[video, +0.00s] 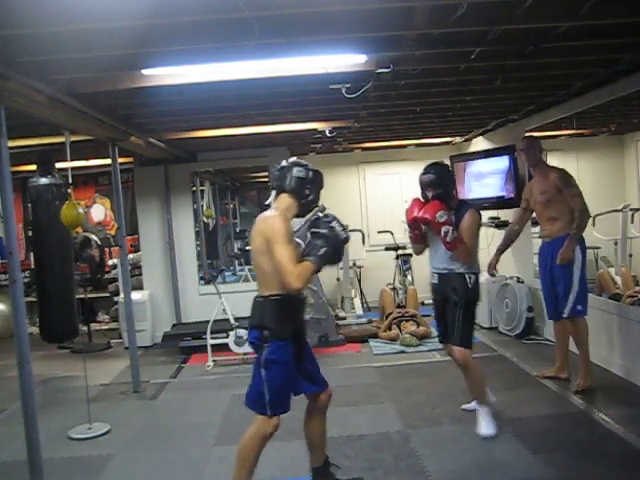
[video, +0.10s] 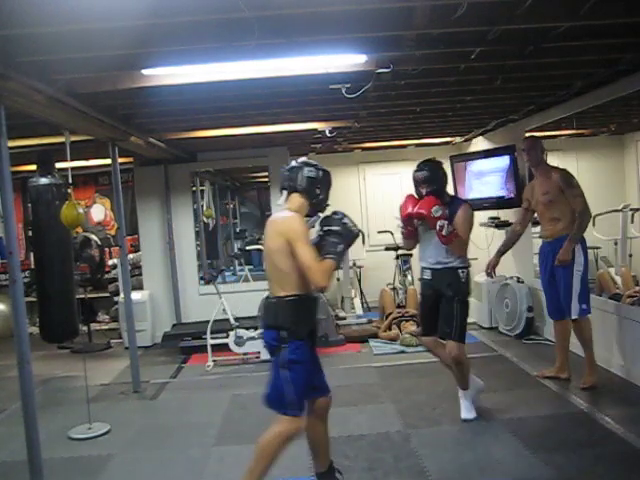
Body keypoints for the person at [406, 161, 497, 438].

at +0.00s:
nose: (427, 195)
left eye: (431, 189)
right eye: (424, 190)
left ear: (447, 187)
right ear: (424, 191)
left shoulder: (467, 213)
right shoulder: (430, 211)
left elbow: (467, 256)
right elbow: (419, 247)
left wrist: (446, 228)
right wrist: (414, 225)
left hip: (463, 280)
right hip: (440, 280)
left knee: (460, 351)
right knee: (449, 346)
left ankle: (484, 406)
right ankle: (481, 393)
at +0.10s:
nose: (421, 190)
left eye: (425, 185)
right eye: (418, 186)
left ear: (440, 182)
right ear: (416, 186)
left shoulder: (460, 207)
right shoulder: (419, 206)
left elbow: (461, 249)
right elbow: (409, 244)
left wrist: (440, 223)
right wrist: (407, 221)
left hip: (454, 276)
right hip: (428, 277)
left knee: (454, 351)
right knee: (427, 338)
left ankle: (464, 395)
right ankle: (469, 381)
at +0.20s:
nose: (413, 194)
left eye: (417, 188)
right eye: (410, 189)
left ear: (431, 187)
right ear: (408, 191)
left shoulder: (450, 213)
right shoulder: (410, 213)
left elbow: (454, 254)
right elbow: (400, 250)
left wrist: (433, 228)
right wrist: (400, 226)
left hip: (445, 282)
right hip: (420, 282)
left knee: (450, 351)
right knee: (407, 338)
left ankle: (463, 398)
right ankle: (440, 371)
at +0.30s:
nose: (403, 200)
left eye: (408, 194)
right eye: (400, 195)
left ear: (421, 193)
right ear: (398, 197)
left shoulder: (438, 218)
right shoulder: (398, 218)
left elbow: (442, 259)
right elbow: (389, 257)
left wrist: (425, 232)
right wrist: (391, 233)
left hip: (433, 286)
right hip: (407, 286)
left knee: (444, 355)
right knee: (392, 337)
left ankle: (461, 400)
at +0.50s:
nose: (383, 203)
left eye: (388, 198)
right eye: (379, 198)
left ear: (397, 198)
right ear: (375, 198)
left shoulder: (409, 221)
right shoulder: (366, 219)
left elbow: (418, 259)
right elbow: (353, 252)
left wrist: (407, 239)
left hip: (399, 286)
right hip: (372, 286)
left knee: (417, 344)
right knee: (372, 339)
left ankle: (446, 397)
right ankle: (381, 383)